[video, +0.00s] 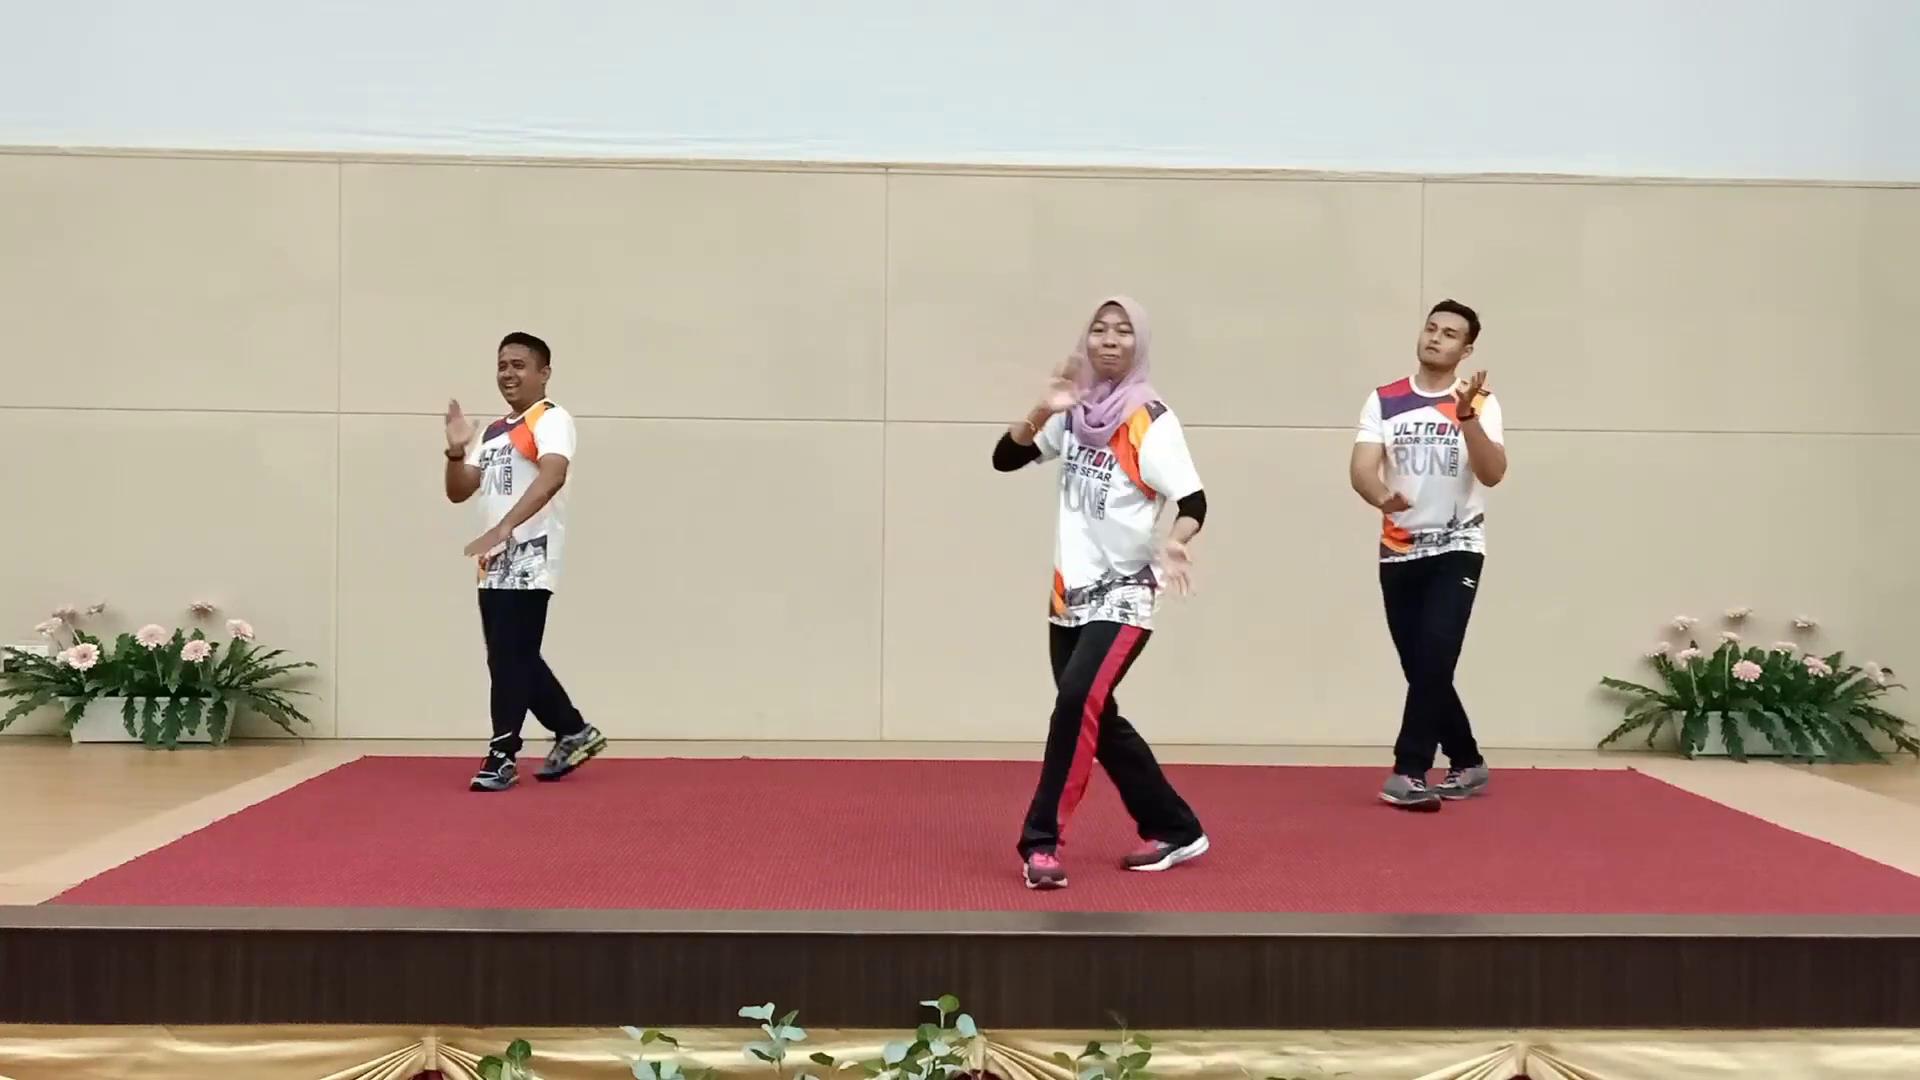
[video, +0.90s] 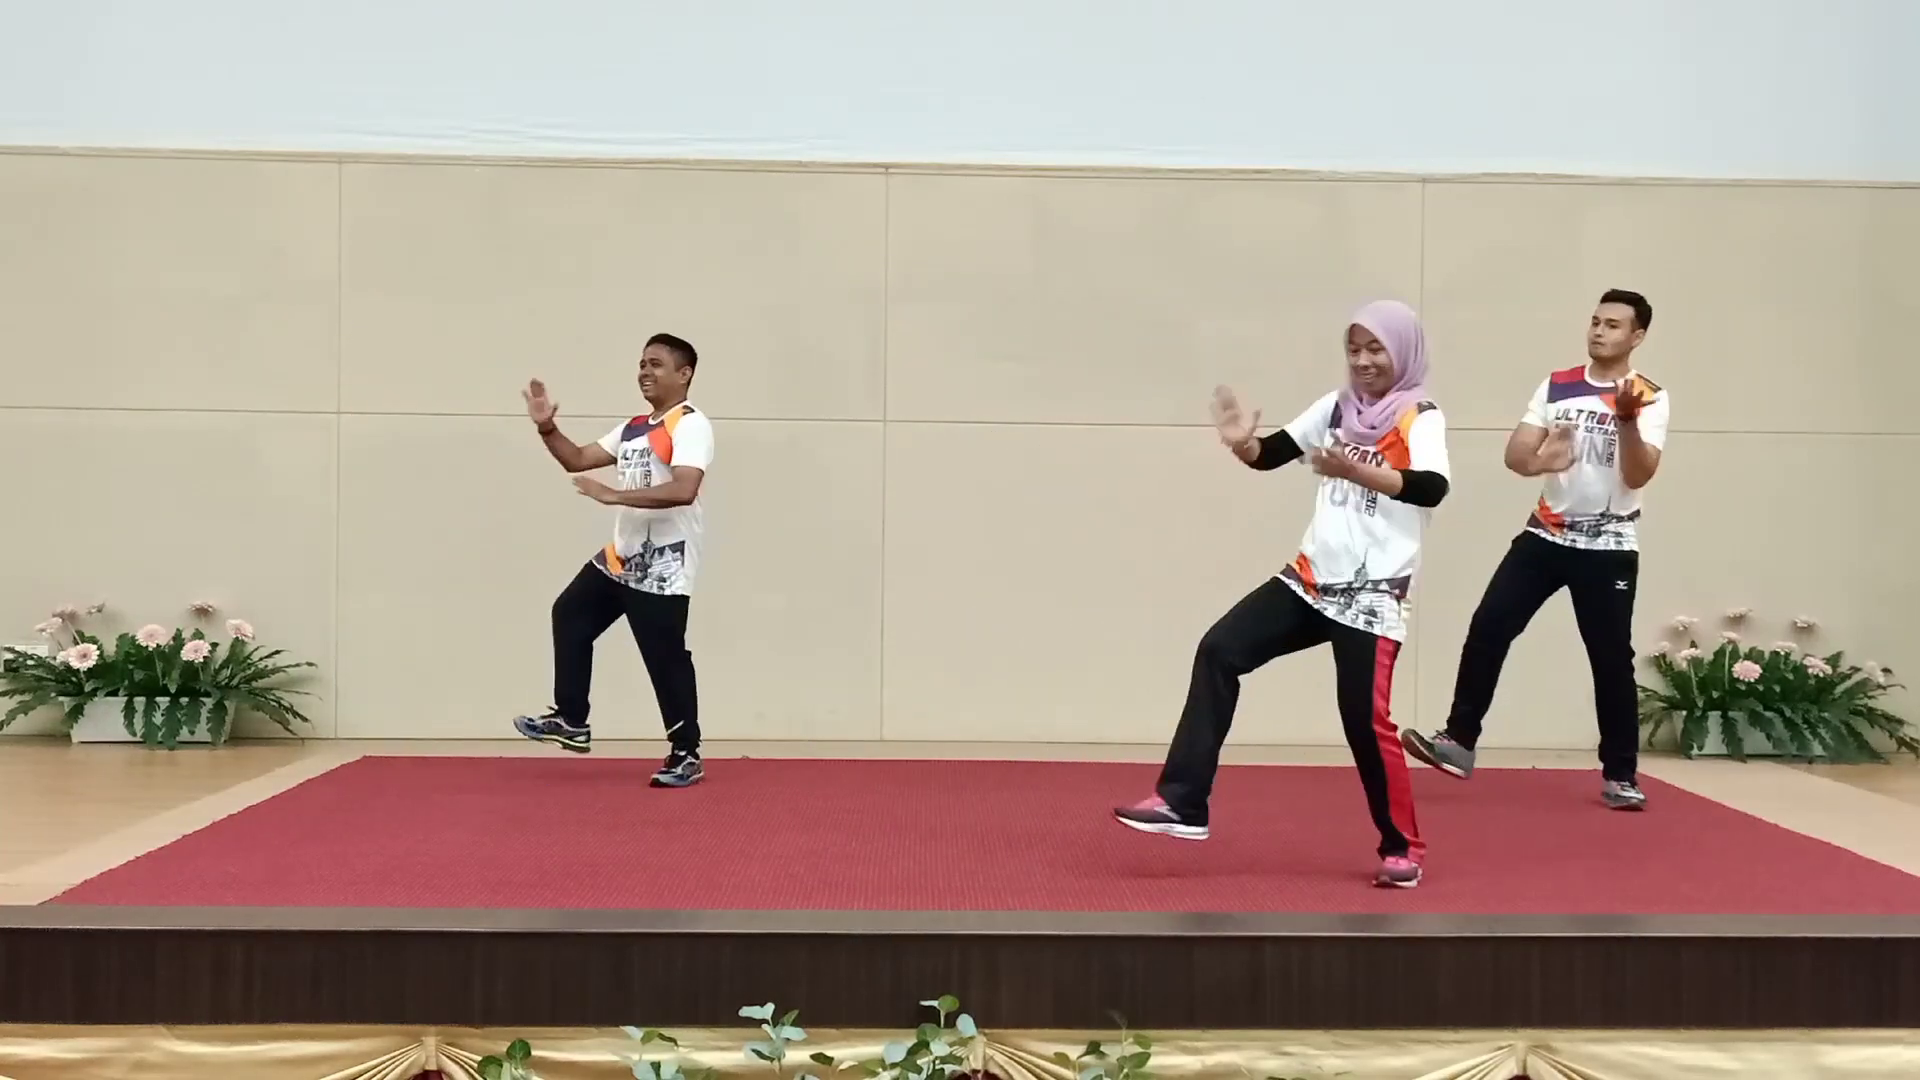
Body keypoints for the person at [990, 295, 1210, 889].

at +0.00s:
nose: (1111, 339)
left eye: (1123, 331)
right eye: (1101, 330)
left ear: (1140, 345)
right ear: (1085, 342)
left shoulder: (1150, 418)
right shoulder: (1071, 415)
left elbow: (1192, 499)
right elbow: (1004, 461)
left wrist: (1175, 539)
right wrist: (1036, 416)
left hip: (1127, 595)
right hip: (1070, 597)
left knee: (1075, 705)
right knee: (1098, 720)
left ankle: (1041, 843)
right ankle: (1179, 831)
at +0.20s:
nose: (1163, 343)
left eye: (1175, 334)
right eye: (1152, 333)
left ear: (1193, 346)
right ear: (1136, 344)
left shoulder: (1212, 417)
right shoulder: (1118, 412)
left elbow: (1246, 499)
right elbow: (1064, 470)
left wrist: (1231, 498)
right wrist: (1076, 426)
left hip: (1189, 584)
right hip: (1126, 589)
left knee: (1138, 676)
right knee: (1122, 713)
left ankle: (1133, 834)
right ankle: (1186, 841)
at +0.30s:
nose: (1192, 331)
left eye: (1204, 321)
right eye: (1181, 321)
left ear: (1222, 333)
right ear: (1164, 333)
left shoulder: (1241, 402)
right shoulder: (1141, 393)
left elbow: (1282, 476)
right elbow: (1095, 459)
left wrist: (1252, 427)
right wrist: (1089, 432)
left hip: (1217, 570)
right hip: (1150, 575)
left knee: (1185, 672)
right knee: (1144, 694)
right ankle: (1179, 836)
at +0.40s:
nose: (1224, 325)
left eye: (1236, 316)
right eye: (1213, 316)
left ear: (1252, 328)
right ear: (1196, 327)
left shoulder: (1271, 392)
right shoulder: (1171, 385)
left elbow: (1317, 452)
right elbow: (1131, 450)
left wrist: (1283, 383)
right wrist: (1112, 449)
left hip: (1245, 571)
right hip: (1176, 573)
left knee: (1244, 684)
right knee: (1164, 699)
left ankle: (1324, 820)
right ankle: (1183, 839)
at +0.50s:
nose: (1256, 332)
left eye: (1268, 323)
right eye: (1245, 322)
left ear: (1289, 335)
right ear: (1230, 334)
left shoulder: (1303, 400)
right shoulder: (1206, 393)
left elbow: (1350, 450)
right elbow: (1172, 459)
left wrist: (1313, 379)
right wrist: (1151, 489)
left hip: (1277, 578)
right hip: (1206, 575)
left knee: (1301, 700)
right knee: (1178, 696)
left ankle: (1388, 834)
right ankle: (1182, 837)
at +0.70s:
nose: (1320, 357)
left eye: (1334, 347)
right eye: (1310, 347)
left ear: (1358, 356)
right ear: (1299, 356)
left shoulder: (1388, 418)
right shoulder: (1282, 412)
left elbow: (1410, 481)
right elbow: (1244, 480)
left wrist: (1344, 424)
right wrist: (1209, 535)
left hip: (1350, 601)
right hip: (1275, 592)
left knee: (1356, 721)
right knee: (1206, 685)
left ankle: (1400, 848)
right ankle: (1186, 827)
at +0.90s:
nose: (1362, 359)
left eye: (1375, 350)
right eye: (1355, 348)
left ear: (1405, 355)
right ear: (1348, 352)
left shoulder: (1421, 416)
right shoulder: (1337, 406)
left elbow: (1432, 489)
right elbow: (1274, 453)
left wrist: (1353, 471)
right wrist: (1244, 445)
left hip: (1374, 597)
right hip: (1310, 582)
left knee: (1366, 720)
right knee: (1219, 651)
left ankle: (1401, 849)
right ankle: (1184, 804)